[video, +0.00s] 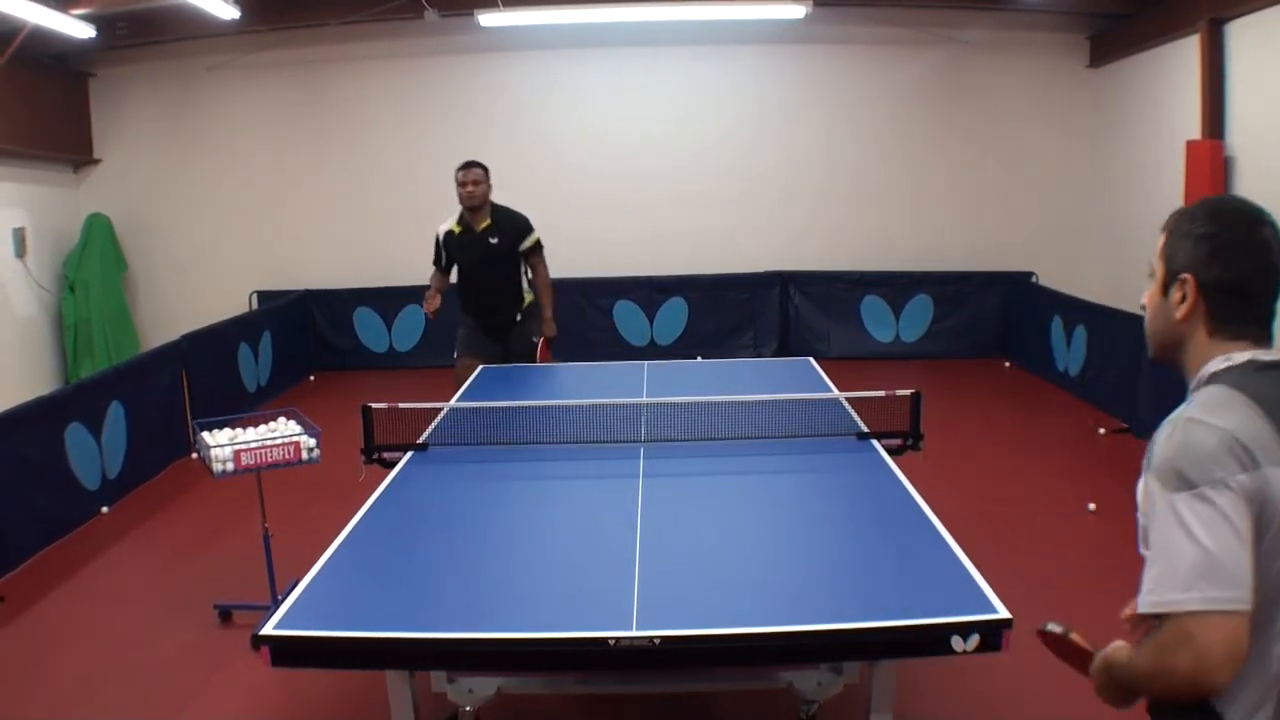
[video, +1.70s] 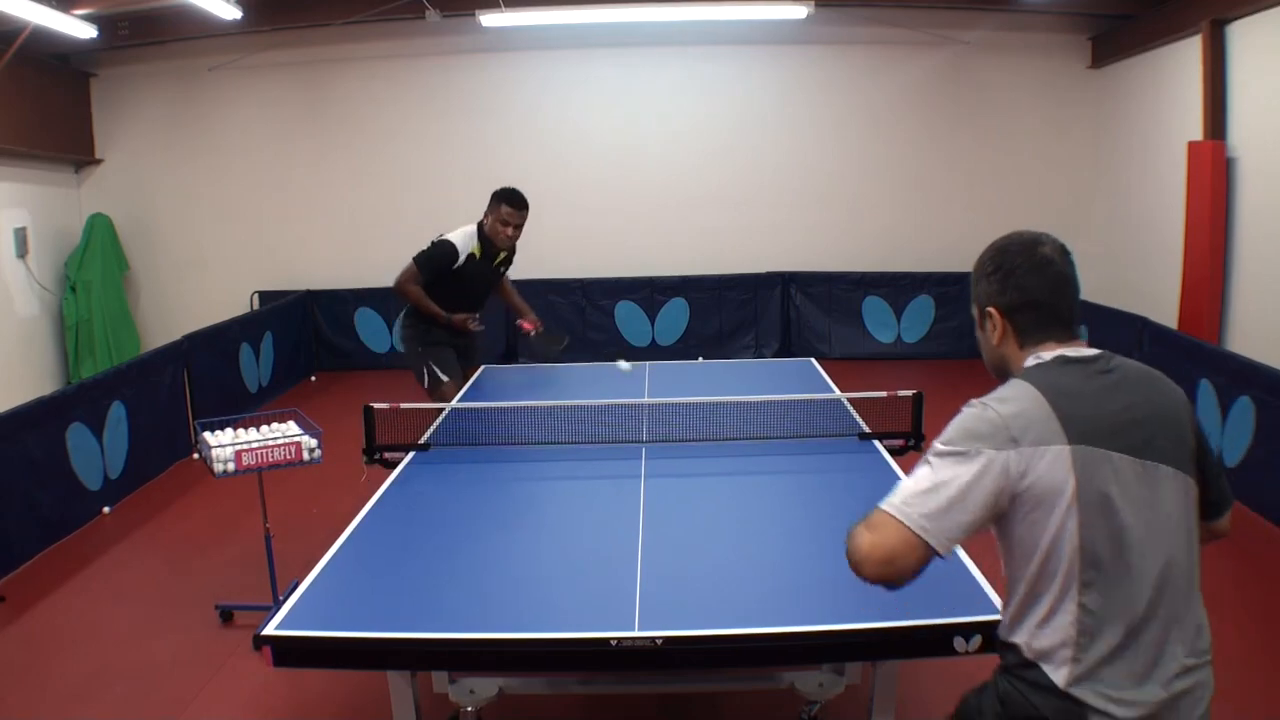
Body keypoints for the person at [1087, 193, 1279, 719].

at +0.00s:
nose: (1143, 299)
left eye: (1152, 279)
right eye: (1149, 278)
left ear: (1185, 295)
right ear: (1259, 294)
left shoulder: (1200, 433)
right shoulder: (1267, 391)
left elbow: (1209, 653)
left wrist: (1125, 670)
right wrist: (1174, 601)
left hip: (1235, 710)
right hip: (1263, 701)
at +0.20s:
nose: (1140, 286)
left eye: (1152, 264)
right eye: (1146, 263)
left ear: (1186, 282)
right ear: (1256, 280)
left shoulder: (1213, 421)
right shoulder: (1261, 388)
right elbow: (1255, 590)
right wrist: (1146, 603)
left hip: (1210, 710)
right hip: (1252, 702)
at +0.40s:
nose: (1020, 392)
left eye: (1018, 377)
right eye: (1017, 376)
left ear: (1039, 381)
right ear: (1125, 361)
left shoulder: (1061, 472)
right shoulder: (1241, 446)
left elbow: (1031, 682)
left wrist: (1001, 668)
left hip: (1148, 709)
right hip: (1264, 706)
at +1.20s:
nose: (1017, 360)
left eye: (1017, 342)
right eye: (1016, 343)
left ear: (1040, 346)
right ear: (1125, 333)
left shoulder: (1065, 448)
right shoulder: (1216, 424)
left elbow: (1028, 653)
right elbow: (1260, 573)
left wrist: (962, 620)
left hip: (1130, 708)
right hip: (1256, 701)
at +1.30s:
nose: (1001, 358)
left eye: (1000, 341)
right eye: (999, 340)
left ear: (1022, 344)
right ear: (1106, 329)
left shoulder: (1038, 446)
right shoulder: (1208, 431)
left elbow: (971, 645)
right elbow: (1256, 589)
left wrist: (914, 606)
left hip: (1092, 707)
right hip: (1226, 706)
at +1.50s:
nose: (992, 332)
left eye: (991, 316)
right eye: (990, 315)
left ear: (1012, 317)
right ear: (1091, 301)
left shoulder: (1019, 418)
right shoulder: (1199, 401)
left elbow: (922, 598)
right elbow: (1254, 549)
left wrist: (880, 571)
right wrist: (1160, 586)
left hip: (1084, 703)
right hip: (1212, 700)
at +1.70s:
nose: (977, 339)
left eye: (976, 323)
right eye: (976, 323)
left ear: (994, 323)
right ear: (1070, 310)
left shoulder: (1005, 417)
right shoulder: (1163, 393)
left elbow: (880, 560)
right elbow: (1215, 519)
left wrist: (872, 525)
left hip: (1065, 698)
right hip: (1184, 694)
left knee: (970, 707)